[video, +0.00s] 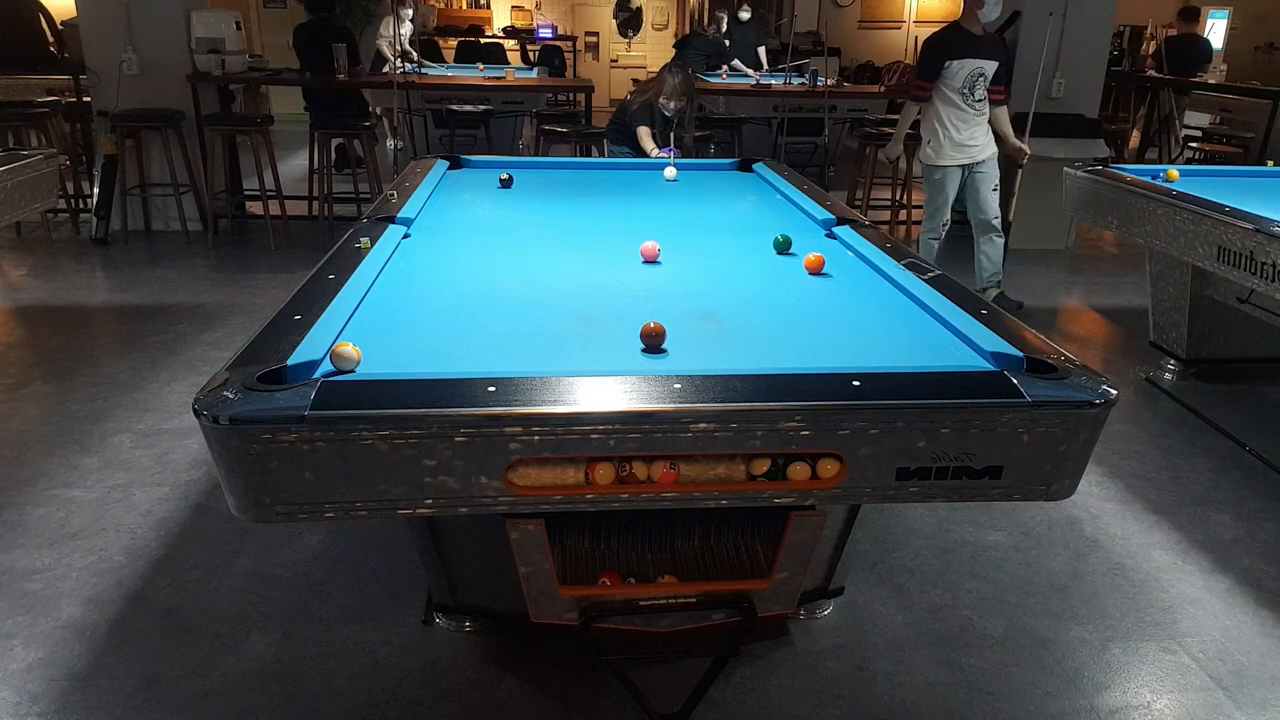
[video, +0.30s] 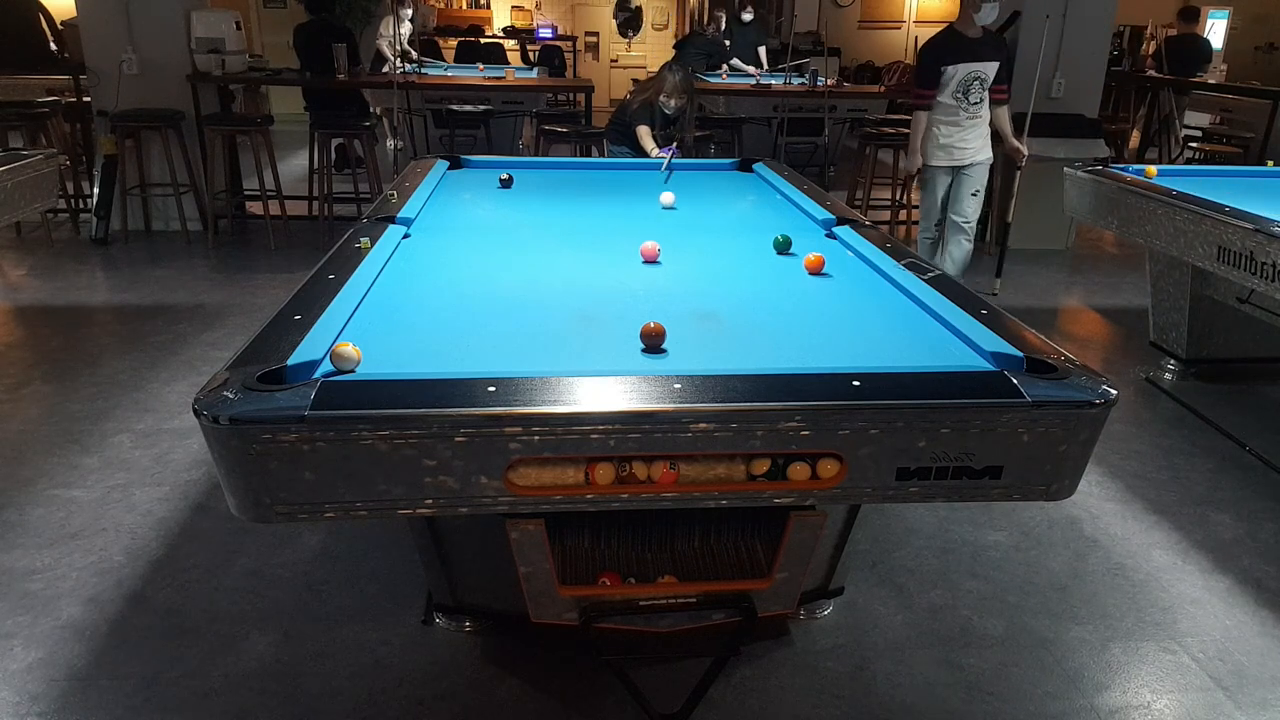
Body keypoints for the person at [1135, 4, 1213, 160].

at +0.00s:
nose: (1176, 24)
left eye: (1176, 21)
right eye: (1177, 21)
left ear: (1178, 21)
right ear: (1197, 22)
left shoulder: (1169, 41)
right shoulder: (1205, 44)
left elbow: (1150, 64)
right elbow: (1205, 70)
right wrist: (1188, 66)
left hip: (1164, 90)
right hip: (1185, 91)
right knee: (1176, 125)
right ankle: (1171, 159)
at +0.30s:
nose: (1176, 24)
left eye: (1176, 21)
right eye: (1176, 21)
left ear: (1179, 21)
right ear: (1197, 22)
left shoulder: (1169, 41)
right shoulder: (1205, 44)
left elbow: (1150, 64)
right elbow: (1205, 69)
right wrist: (1188, 67)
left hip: (1163, 91)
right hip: (1185, 93)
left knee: (1144, 125)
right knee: (1175, 128)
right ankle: (1171, 163)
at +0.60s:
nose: (1175, 24)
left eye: (1176, 21)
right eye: (1176, 21)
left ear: (1178, 21)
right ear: (1197, 22)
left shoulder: (1169, 41)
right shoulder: (1205, 44)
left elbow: (1150, 64)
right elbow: (1205, 70)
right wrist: (1187, 67)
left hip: (1164, 91)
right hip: (1185, 92)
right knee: (1175, 126)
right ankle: (1170, 161)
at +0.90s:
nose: (1175, 24)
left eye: (1176, 21)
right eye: (1176, 21)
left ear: (1178, 21)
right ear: (1197, 22)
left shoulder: (1169, 41)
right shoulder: (1205, 44)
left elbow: (1150, 64)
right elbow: (1204, 70)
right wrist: (1187, 67)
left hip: (1163, 91)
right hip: (1185, 92)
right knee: (1175, 126)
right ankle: (1170, 161)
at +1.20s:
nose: (1175, 24)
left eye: (1176, 21)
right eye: (1176, 21)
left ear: (1178, 21)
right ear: (1197, 22)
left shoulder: (1169, 41)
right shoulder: (1205, 44)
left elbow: (1150, 63)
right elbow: (1204, 70)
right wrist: (1187, 67)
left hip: (1163, 91)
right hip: (1185, 92)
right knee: (1175, 126)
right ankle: (1170, 160)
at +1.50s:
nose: (1176, 24)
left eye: (1177, 21)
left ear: (1178, 21)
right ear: (1197, 22)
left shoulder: (1168, 41)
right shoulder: (1205, 43)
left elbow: (1150, 64)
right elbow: (1205, 70)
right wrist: (1187, 67)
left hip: (1162, 91)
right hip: (1183, 93)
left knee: (1142, 125)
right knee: (1173, 129)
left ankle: (1131, 159)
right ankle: (1169, 164)